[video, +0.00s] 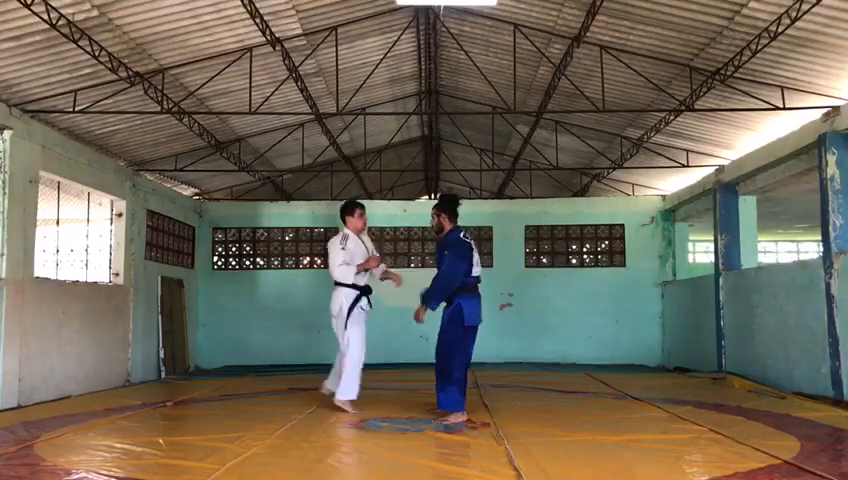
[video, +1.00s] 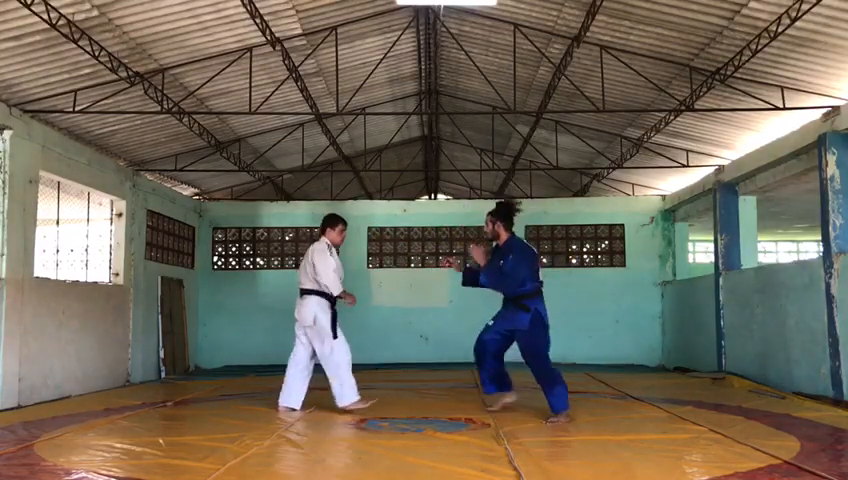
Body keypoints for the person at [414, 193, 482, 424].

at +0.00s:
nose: (432, 222)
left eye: (433, 217)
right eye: (433, 217)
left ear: (440, 217)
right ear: (452, 216)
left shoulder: (453, 241)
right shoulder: (461, 238)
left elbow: (448, 277)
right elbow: (448, 276)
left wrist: (426, 303)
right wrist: (427, 297)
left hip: (460, 301)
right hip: (466, 298)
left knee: (449, 353)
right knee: (454, 353)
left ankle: (456, 409)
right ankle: (454, 405)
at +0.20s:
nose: (442, 219)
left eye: (445, 214)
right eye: (443, 214)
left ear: (454, 216)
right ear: (461, 216)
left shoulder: (462, 241)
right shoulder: (475, 238)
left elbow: (460, 277)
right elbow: (465, 275)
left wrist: (431, 295)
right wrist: (438, 290)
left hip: (471, 302)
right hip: (483, 299)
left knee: (460, 352)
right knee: (471, 350)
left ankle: (460, 410)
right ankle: (483, 393)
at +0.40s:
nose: (466, 223)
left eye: (469, 218)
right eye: (466, 218)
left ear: (480, 219)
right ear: (484, 220)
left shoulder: (486, 243)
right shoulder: (494, 242)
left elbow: (463, 258)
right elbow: (463, 267)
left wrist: (435, 268)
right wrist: (438, 274)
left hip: (490, 306)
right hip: (497, 304)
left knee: (473, 355)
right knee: (490, 354)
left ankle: (461, 411)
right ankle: (524, 398)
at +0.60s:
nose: (479, 216)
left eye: (482, 212)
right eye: (480, 211)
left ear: (493, 213)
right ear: (495, 213)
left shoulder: (503, 238)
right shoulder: (503, 238)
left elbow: (484, 260)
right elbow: (477, 267)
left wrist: (457, 251)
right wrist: (443, 269)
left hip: (508, 300)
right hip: (511, 298)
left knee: (492, 346)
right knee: (509, 348)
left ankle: (491, 404)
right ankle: (527, 402)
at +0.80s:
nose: (485, 215)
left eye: (488, 211)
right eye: (485, 211)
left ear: (499, 213)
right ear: (502, 213)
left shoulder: (514, 238)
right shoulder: (499, 240)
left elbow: (498, 265)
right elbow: (485, 270)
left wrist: (483, 248)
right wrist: (454, 270)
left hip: (520, 300)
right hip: (509, 300)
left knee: (518, 351)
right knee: (509, 352)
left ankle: (545, 401)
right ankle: (524, 401)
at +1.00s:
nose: (485, 229)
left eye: (487, 224)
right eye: (486, 225)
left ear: (497, 225)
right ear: (500, 225)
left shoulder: (522, 250)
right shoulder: (499, 251)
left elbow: (507, 283)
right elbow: (489, 278)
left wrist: (484, 264)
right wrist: (460, 269)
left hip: (530, 310)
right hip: (510, 309)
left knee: (537, 359)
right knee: (485, 346)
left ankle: (561, 410)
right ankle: (505, 392)